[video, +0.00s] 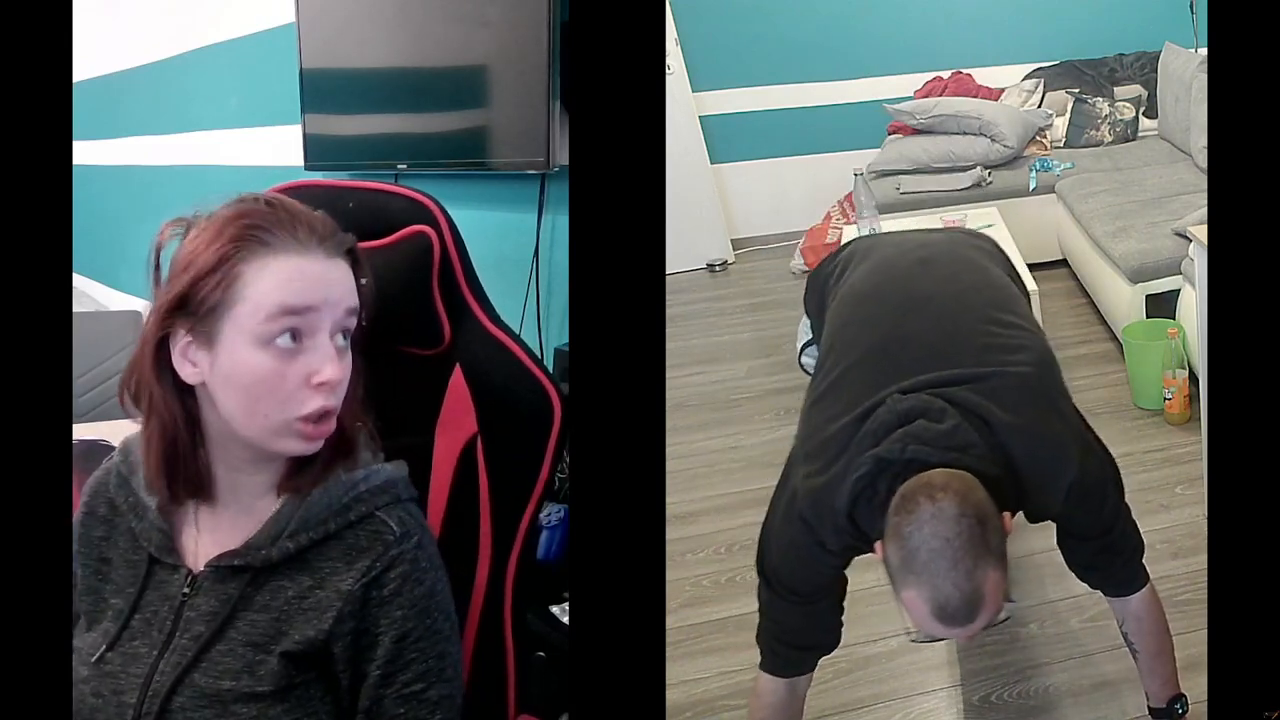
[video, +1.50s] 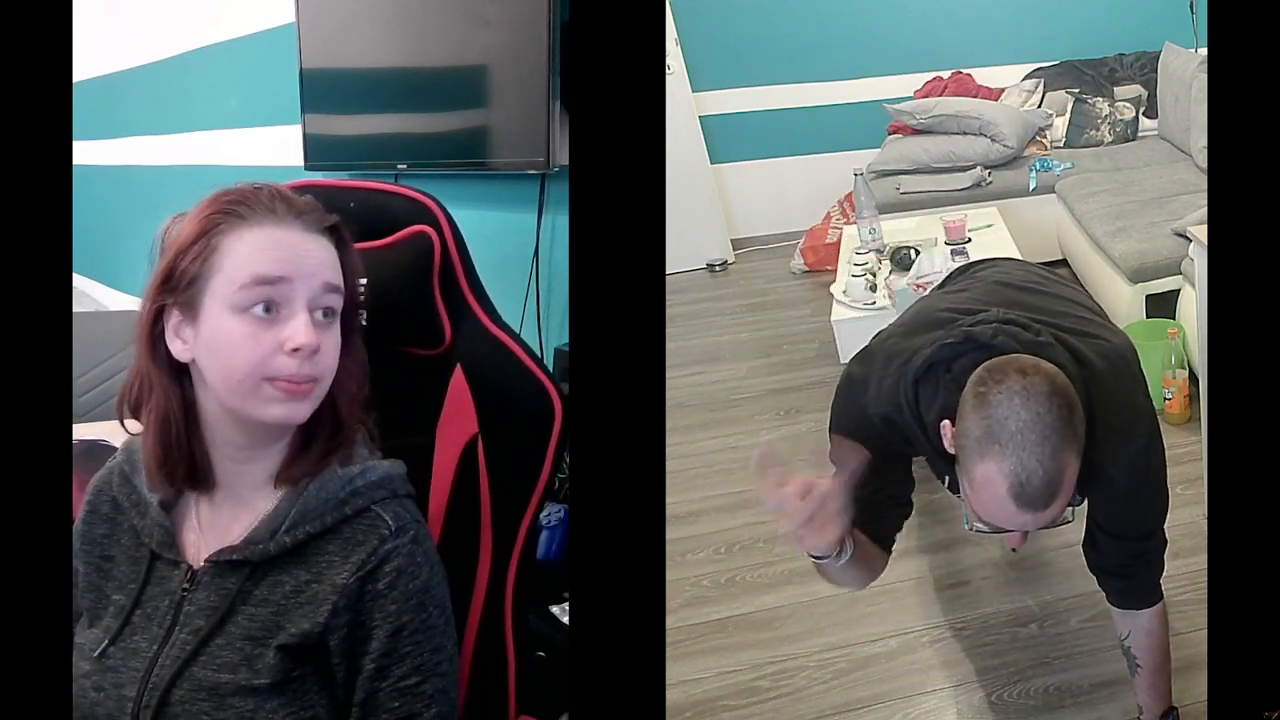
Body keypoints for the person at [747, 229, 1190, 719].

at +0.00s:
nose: (968, 643)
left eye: (986, 625)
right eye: (938, 639)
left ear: (1005, 526)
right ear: (881, 556)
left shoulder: (1064, 465)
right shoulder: (807, 522)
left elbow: (1131, 593)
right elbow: (782, 680)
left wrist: (1169, 707)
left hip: (978, 252)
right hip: (851, 266)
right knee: (829, 356)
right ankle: (816, 336)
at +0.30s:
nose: (882, 672)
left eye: (899, 652)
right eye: (850, 664)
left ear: (923, 550)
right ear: (795, 593)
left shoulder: (1005, 478)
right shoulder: (740, 547)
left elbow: (1108, 601)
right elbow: (747, 690)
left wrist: (1157, 711)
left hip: (947, 278)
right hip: (815, 291)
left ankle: (946, 536)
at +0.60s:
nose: (891, 679)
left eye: (914, 664)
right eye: (860, 669)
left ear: (951, 563)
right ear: (815, 583)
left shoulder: (1032, 489)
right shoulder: (760, 542)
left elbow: (1122, 604)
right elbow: (748, 688)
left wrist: (1156, 712)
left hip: (966, 301)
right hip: (845, 314)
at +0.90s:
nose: (975, 622)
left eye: (997, 604)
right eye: (952, 610)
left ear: (1030, 511)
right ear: (905, 520)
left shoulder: (1089, 456)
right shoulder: (841, 495)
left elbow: (1130, 603)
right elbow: (779, 661)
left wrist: (1159, 711)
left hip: (1024, 285)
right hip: (905, 288)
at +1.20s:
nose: (1009, 558)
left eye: (1031, 538)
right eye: (985, 541)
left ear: (1067, 464)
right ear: (940, 456)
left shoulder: (1118, 438)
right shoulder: (870, 414)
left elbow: (1136, 594)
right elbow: (838, 509)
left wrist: (1158, 710)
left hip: (1057, 291)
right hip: (941, 288)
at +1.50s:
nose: (1016, 545)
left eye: (1040, 525)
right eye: (991, 524)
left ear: (1077, 456)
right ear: (950, 441)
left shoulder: (1125, 424)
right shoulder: (877, 395)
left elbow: (1136, 591)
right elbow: (863, 570)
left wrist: (1159, 712)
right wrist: (830, 547)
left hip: (1063, 285)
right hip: (959, 288)